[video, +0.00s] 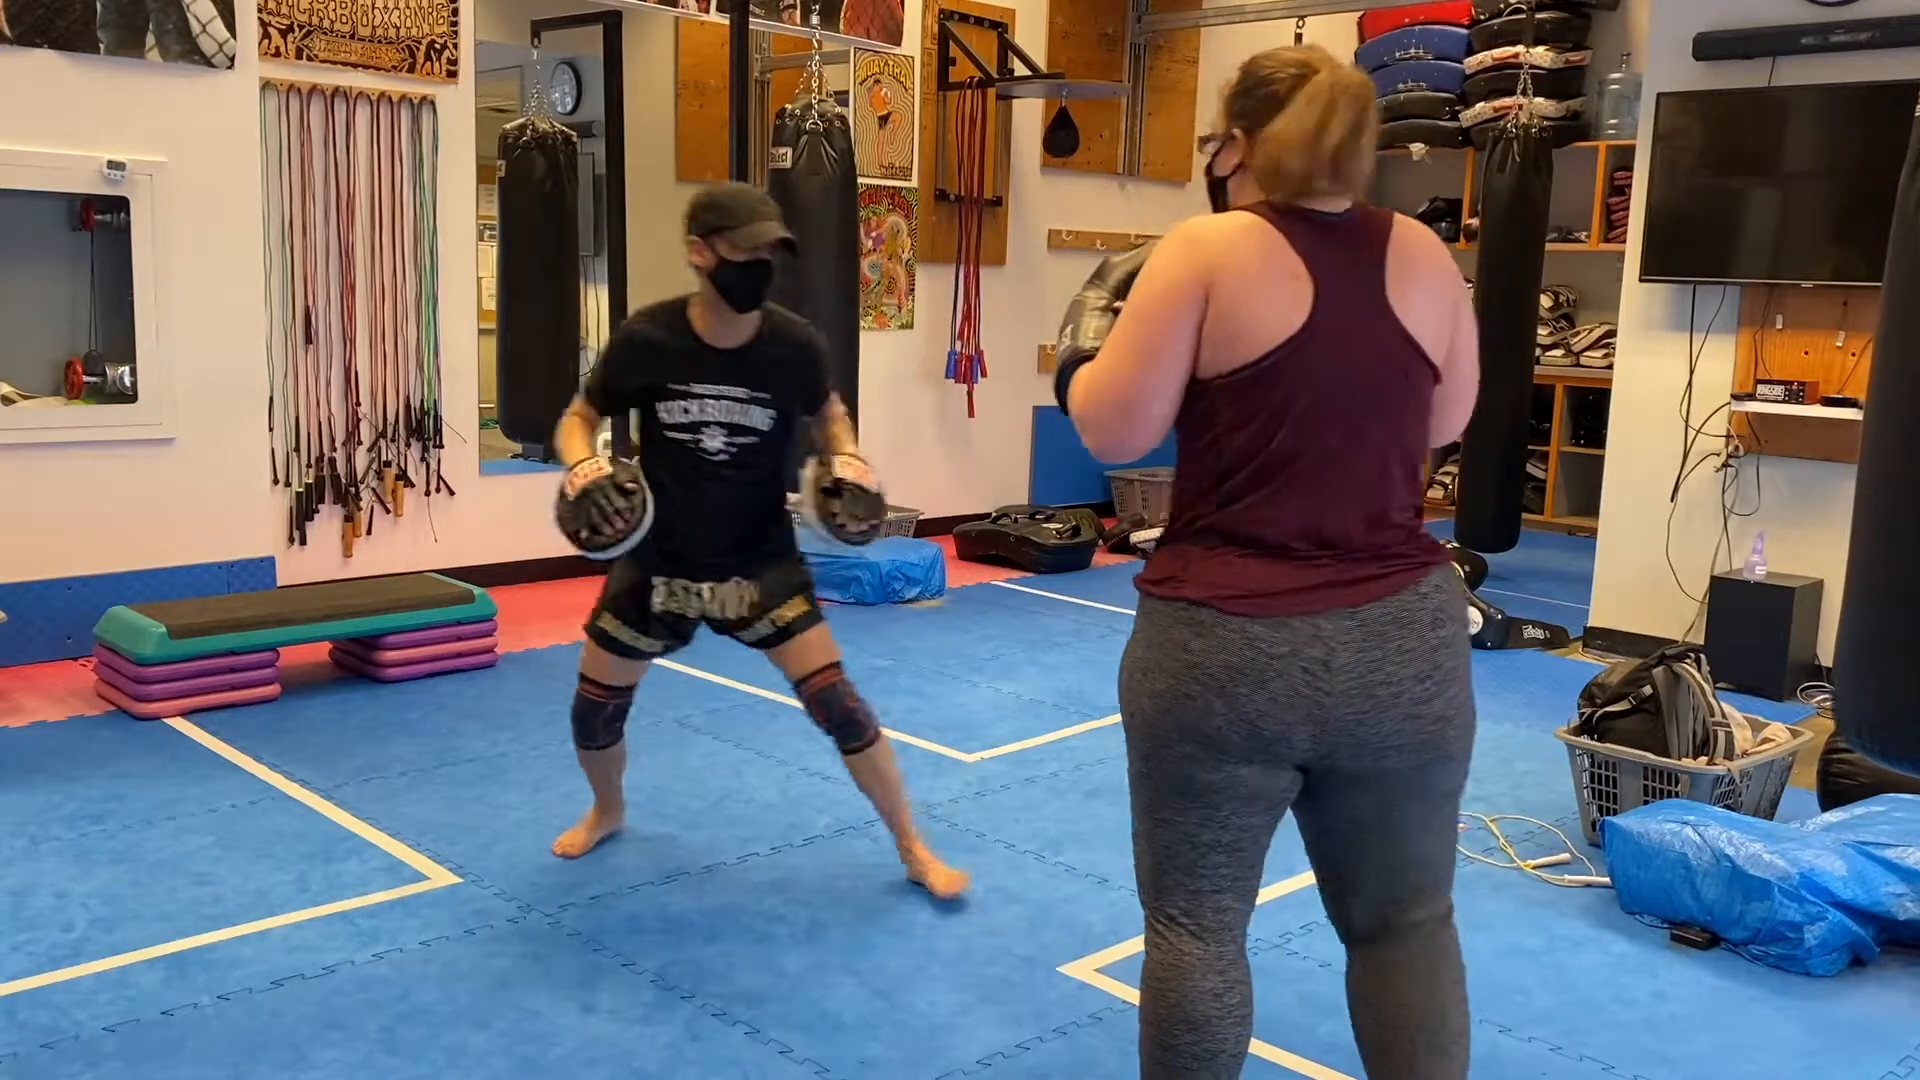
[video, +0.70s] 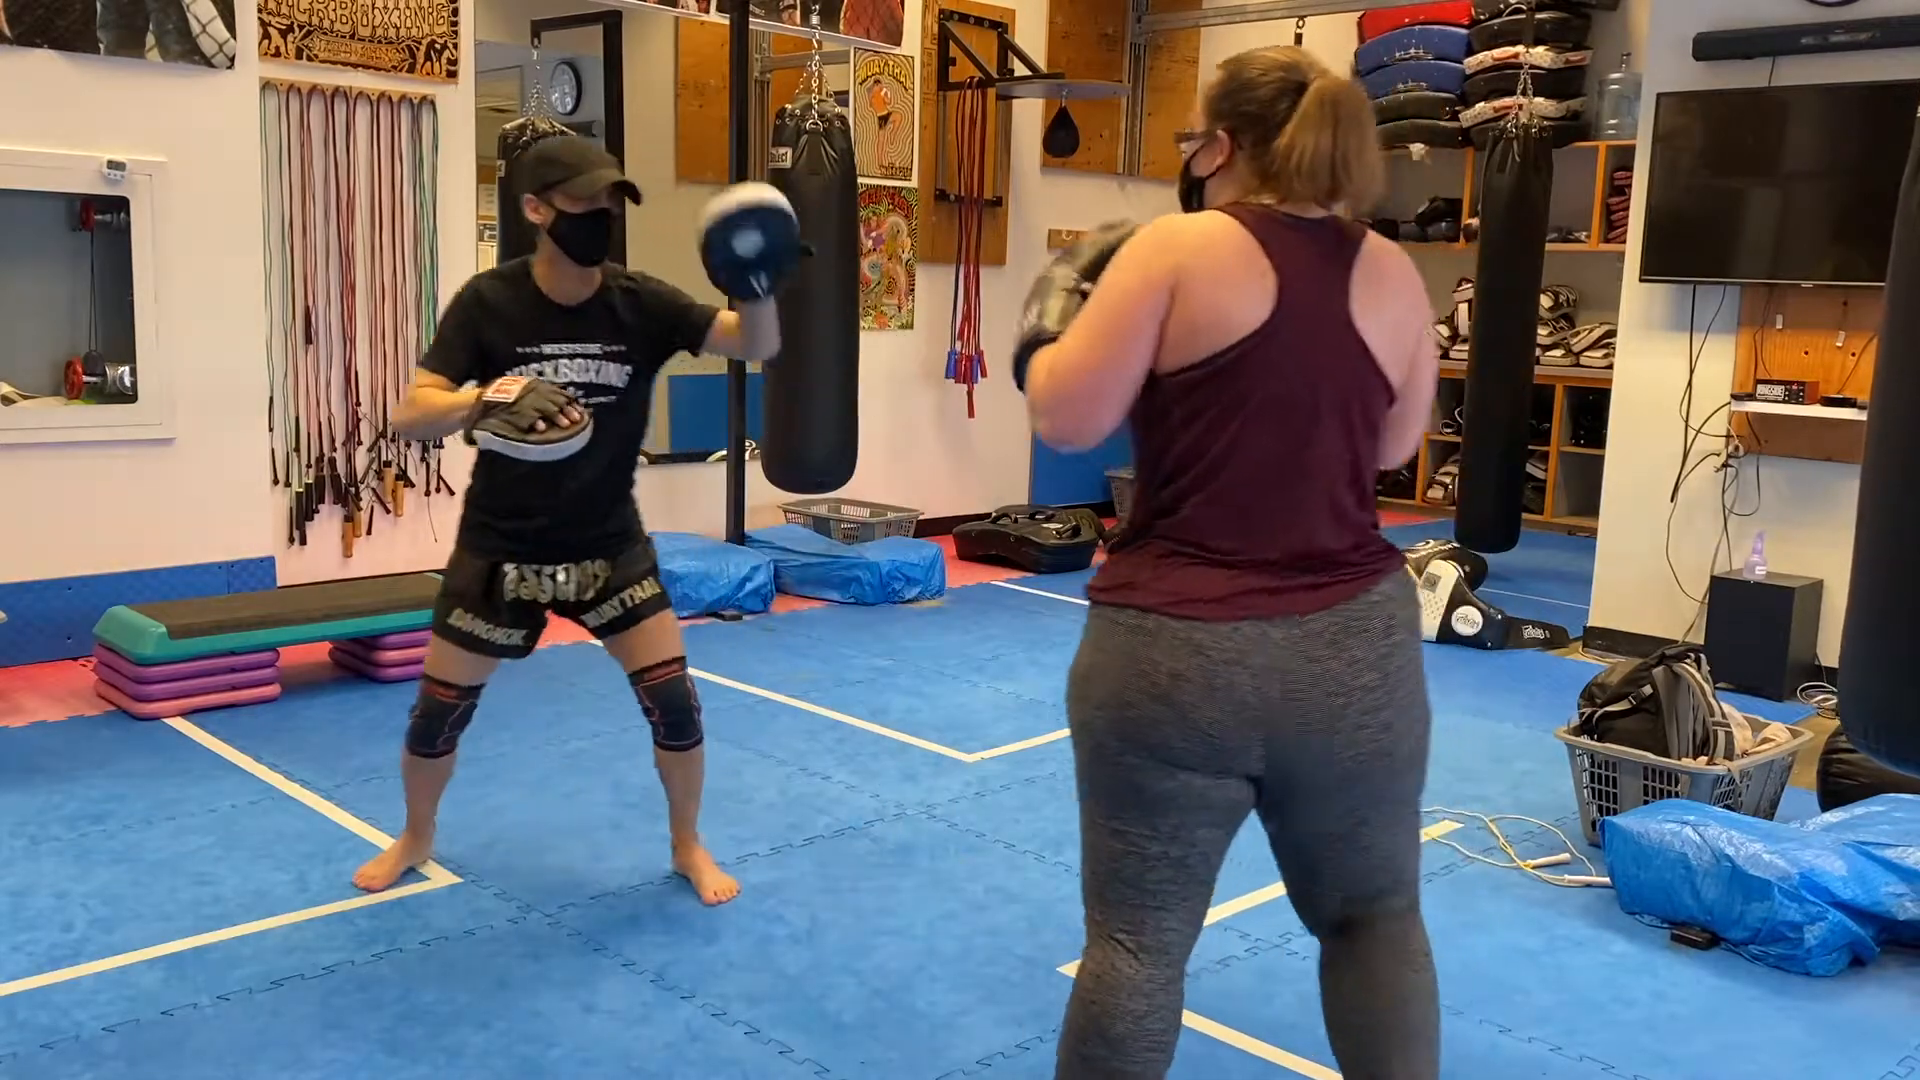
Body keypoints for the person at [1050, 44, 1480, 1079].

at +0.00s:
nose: (1214, 156)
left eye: (1220, 141)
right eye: (1218, 141)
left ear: (1242, 148)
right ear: (1352, 143)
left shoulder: (1202, 250)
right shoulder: (1422, 254)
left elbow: (1113, 430)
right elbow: (1448, 419)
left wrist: (1085, 361)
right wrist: (1336, 391)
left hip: (1218, 647)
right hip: (1402, 646)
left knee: (1194, 928)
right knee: (1405, 920)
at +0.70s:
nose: (1196, 159)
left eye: (1204, 141)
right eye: (1200, 140)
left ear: (1236, 146)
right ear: (1336, 147)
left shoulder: (1172, 250)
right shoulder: (1392, 272)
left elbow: (1066, 417)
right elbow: (1392, 447)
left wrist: (1050, 323)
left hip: (1171, 649)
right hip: (1355, 652)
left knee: (1133, 946)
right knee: (1371, 917)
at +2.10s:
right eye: (791, 126)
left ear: (665, 132)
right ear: (785, 134)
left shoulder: (570, 258)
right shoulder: (839, 256)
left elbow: (501, 464)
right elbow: (917, 453)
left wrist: (598, 406)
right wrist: (816, 394)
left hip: (574, 672)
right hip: (772, 667)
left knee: (574, 923)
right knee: (775, 1000)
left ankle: (533, 1076)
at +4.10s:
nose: (545, 205)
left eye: (548, 189)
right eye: (536, 186)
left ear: (482, 176)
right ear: (489, 175)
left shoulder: (484, 251)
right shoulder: (443, 249)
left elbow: (532, 361)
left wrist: (587, 307)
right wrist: (604, 308)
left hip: (493, 534)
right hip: (440, 540)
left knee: (526, 695)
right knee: (455, 777)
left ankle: (475, 878)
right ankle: (364, 1028)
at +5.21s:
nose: (436, 171)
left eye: (438, 157)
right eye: (423, 158)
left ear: (381, 160)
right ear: (368, 157)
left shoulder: (393, 243)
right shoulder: (298, 233)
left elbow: (409, 374)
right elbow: (327, 365)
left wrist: (462, 322)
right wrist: (427, 291)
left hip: (409, 512)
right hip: (308, 518)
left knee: (455, 674)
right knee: (293, 742)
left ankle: (436, 842)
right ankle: (234, 944)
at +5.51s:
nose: (441, 176)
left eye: (440, 163)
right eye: (432, 163)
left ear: (385, 164)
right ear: (384, 163)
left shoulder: (385, 244)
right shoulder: (312, 240)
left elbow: (405, 356)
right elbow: (346, 377)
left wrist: (456, 291)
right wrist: (434, 306)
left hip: (398, 517)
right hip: (309, 517)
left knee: (427, 688)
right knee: (311, 735)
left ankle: (425, 854)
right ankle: (215, 946)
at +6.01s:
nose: (452, 200)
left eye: (453, 184)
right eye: (447, 183)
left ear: (364, 181)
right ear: (415, 182)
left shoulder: (330, 256)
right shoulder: (398, 262)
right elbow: (468, 401)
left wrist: (452, 316)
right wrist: (505, 343)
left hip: (299, 548)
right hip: (362, 561)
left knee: (352, 731)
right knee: (403, 780)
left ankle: (288, 882)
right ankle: (236, 927)